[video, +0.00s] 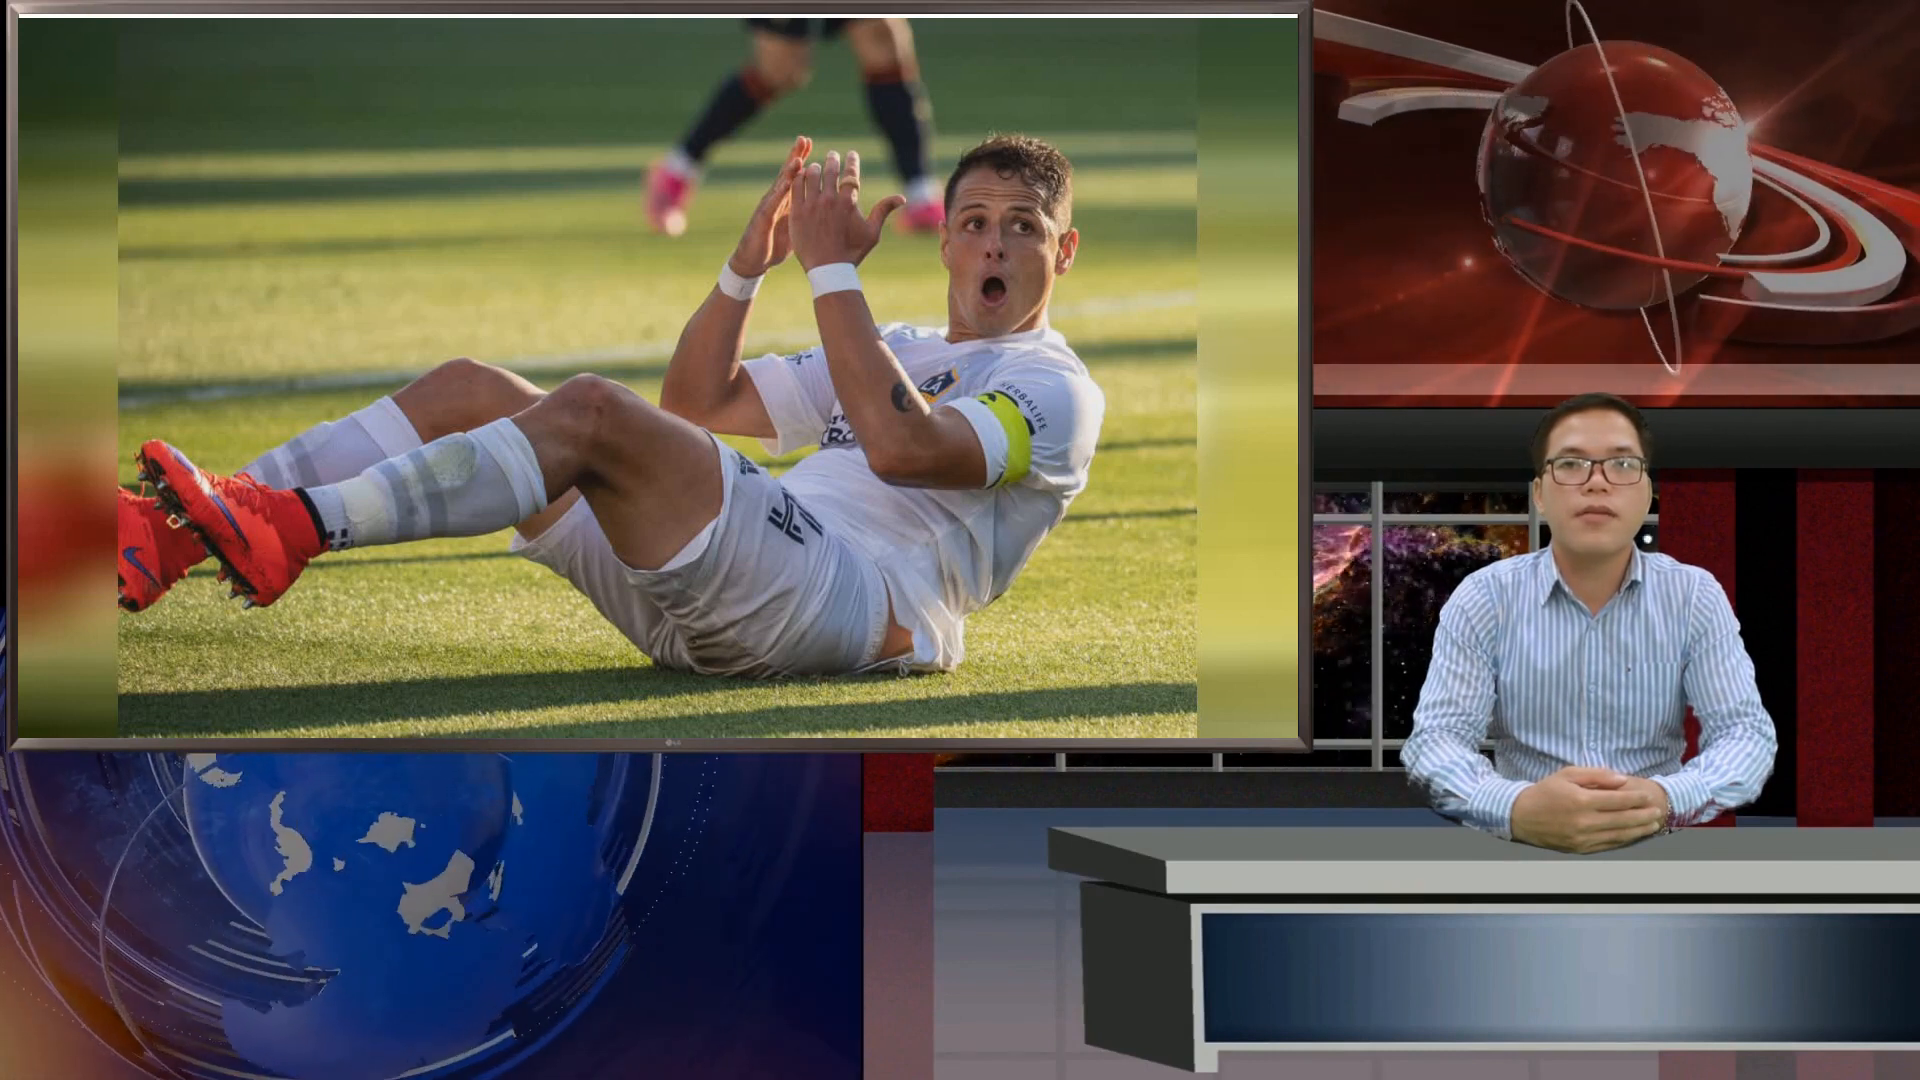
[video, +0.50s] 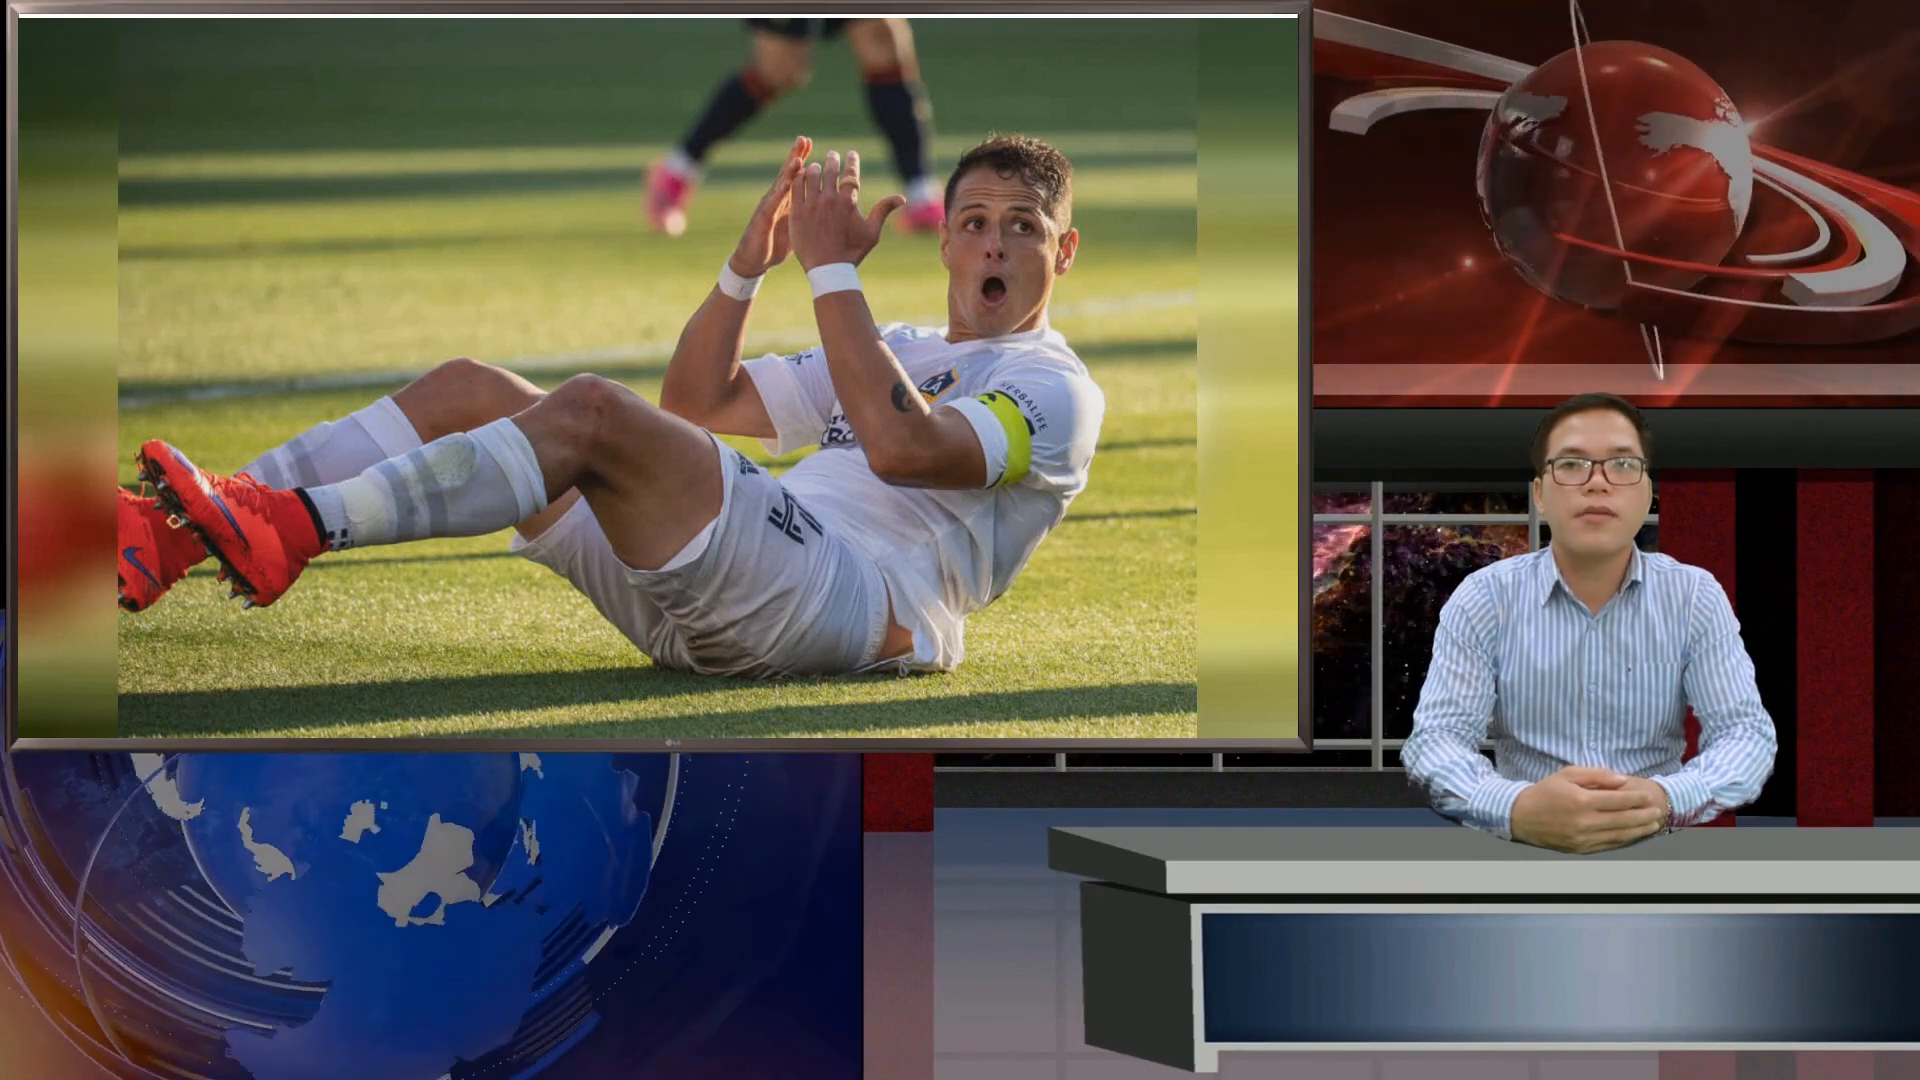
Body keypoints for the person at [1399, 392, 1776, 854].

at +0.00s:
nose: (1596, 482)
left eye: (1620, 464)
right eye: (1571, 464)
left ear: (1647, 495)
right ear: (1539, 496)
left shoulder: (1691, 598)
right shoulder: (1485, 601)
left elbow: (1745, 735)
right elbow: (1434, 745)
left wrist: (1667, 799)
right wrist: (1514, 809)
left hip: (1656, 853)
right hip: (1520, 856)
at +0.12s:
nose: (1597, 483)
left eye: (1621, 465)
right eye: (1571, 464)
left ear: (1647, 495)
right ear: (1539, 496)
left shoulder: (1691, 598)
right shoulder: (1485, 601)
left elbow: (1745, 735)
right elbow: (1433, 744)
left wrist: (1667, 799)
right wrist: (1515, 809)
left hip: (1656, 851)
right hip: (1520, 855)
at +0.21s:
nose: (1597, 483)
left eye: (1621, 465)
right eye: (1571, 464)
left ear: (1647, 496)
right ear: (1540, 496)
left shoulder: (1691, 598)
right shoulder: (1485, 600)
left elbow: (1745, 735)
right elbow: (1434, 744)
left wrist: (1667, 799)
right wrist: (1515, 809)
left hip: (1656, 852)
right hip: (1520, 855)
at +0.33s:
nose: (1597, 483)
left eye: (1621, 465)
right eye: (1571, 464)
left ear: (1647, 496)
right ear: (1540, 496)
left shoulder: (1691, 598)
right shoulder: (1485, 601)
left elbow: (1745, 735)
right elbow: (1433, 744)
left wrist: (1667, 799)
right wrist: (1514, 809)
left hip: (1656, 852)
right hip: (1520, 855)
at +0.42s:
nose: (1597, 483)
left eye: (1621, 465)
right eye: (1571, 464)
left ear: (1647, 496)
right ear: (1539, 496)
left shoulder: (1691, 598)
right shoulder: (1485, 601)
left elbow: (1745, 735)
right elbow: (1434, 745)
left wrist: (1667, 799)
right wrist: (1514, 809)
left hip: (1656, 852)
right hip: (1521, 856)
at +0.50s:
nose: (1597, 483)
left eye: (1621, 465)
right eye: (1571, 464)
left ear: (1647, 496)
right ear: (1539, 496)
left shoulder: (1691, 598)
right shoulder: (1485, 601)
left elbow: (1745, 735)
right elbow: (1433, 744)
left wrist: (1667, 799)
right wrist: (1514, 809)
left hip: (1656, 852)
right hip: (1520, 856)